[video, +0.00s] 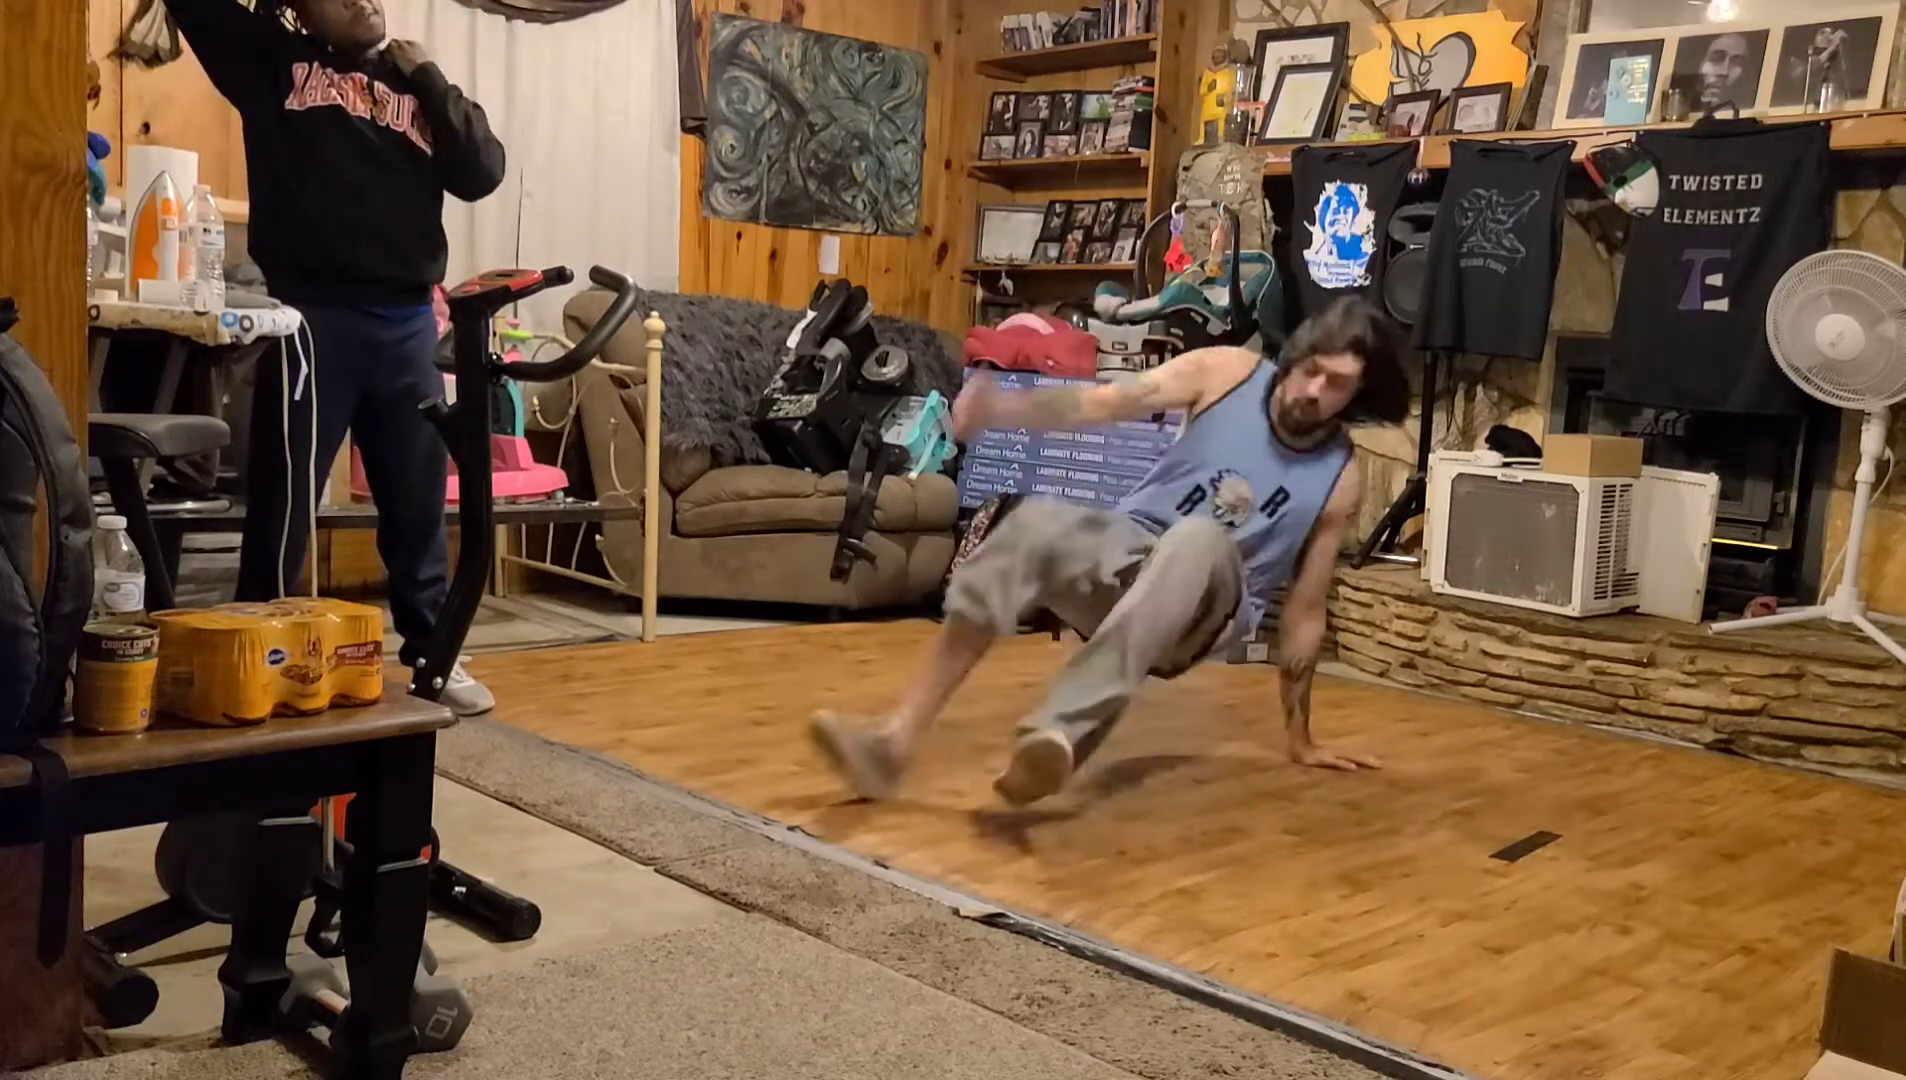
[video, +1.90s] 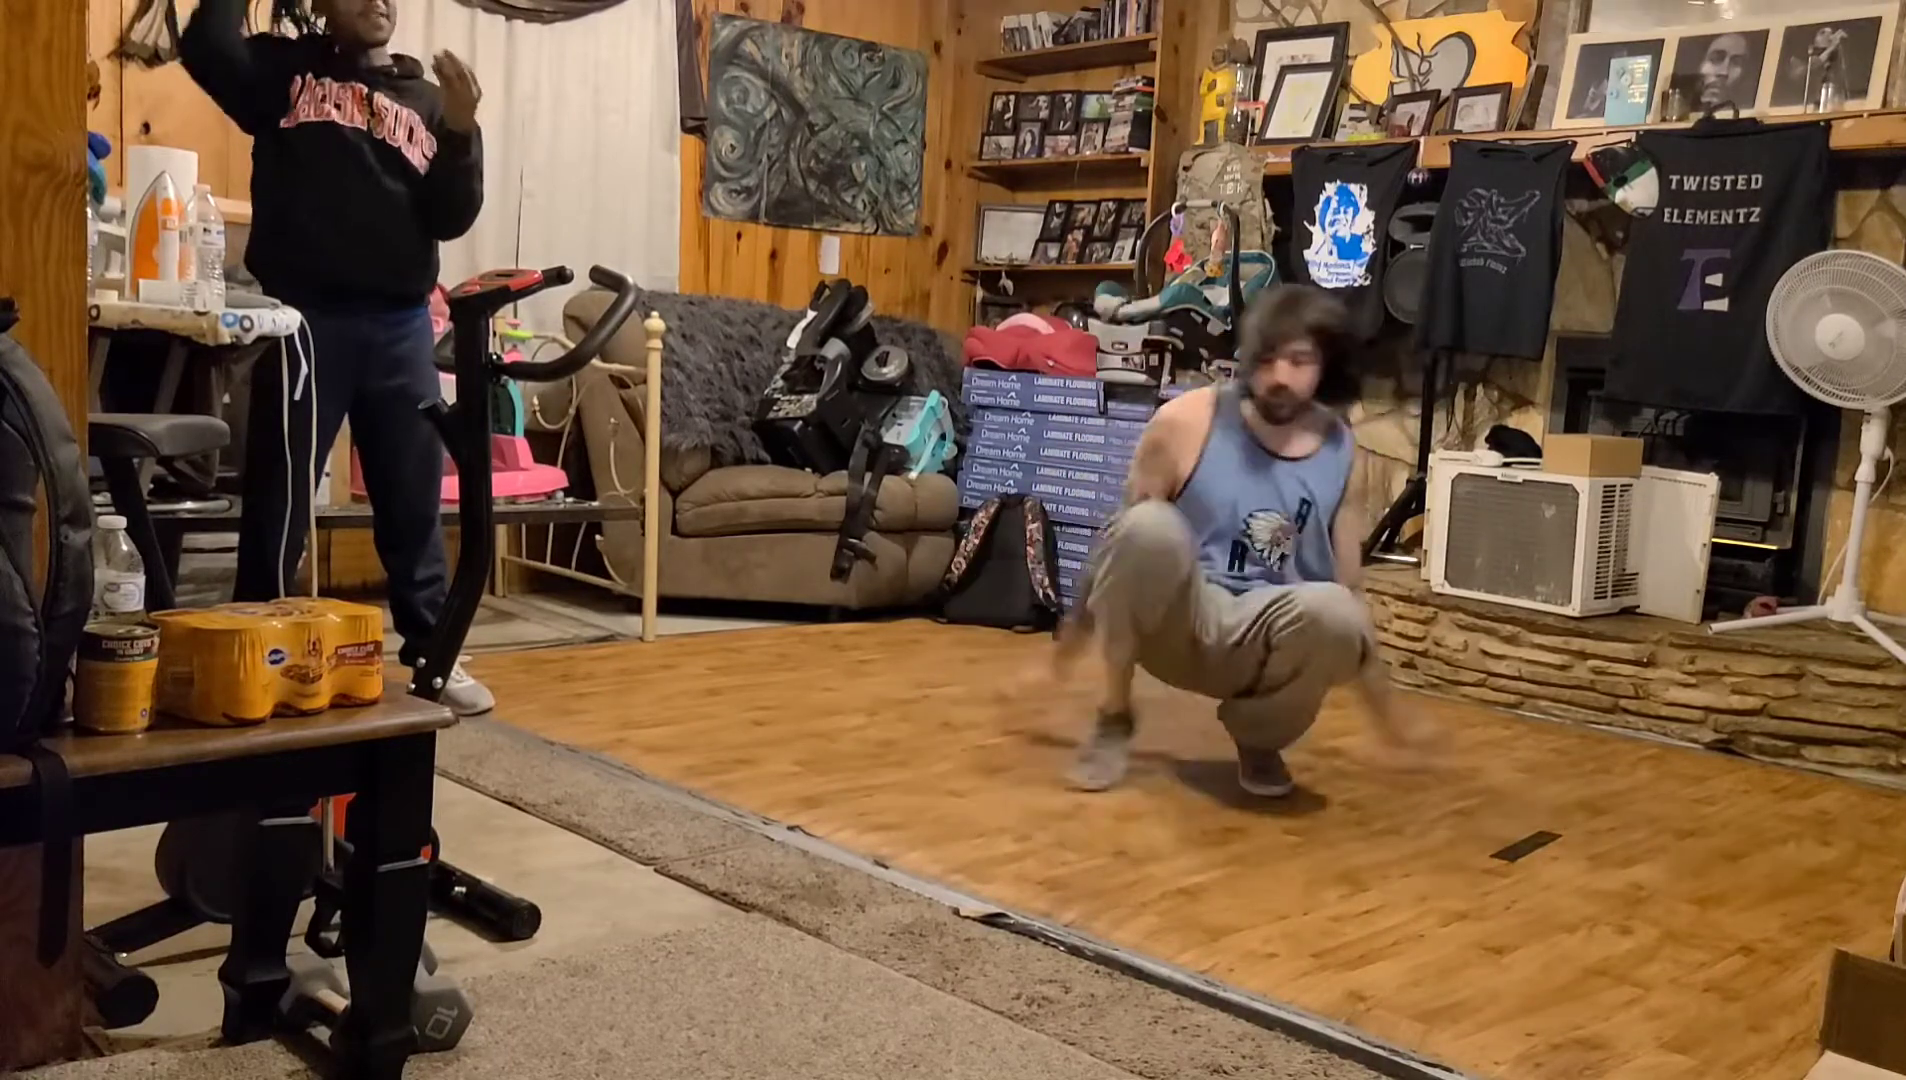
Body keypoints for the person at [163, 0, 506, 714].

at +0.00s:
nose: (366, 5)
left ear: (375, 7)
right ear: (300, 10)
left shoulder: (418, 84)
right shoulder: (270, 60)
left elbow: (481, 175)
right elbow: (191, 2)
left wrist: (429, 82)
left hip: (405, 323)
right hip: (308, 317)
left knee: (417, 502)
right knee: (284, 503)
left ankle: (434, 657)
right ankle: (259, 662)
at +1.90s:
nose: (382, 4)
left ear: (395, 10)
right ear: (323, 6)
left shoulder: (423, 97)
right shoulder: (286, 63)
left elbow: (450, 220)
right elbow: (207, 51)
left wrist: (461, 132)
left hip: (400, 324)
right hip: (300, 321)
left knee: (413, 500)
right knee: (279, 500)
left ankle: (432, 657)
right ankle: (257, 662)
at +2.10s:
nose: (396, 8)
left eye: (402, 2)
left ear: (408, 15)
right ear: (333, 1)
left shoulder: (430, 101)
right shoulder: (276, 77)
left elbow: (448, 222)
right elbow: (250, 168)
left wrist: (463, 147)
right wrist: (290, 63)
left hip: (397, 325)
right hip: (297, 324)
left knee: (414, 496)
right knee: (280, 498)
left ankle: (433, 656)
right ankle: (254, 660)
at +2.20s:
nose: (414, 10)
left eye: (417, 3)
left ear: (415, 16)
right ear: (344, 4)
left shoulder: (435, 105)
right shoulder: (290, 74)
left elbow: (448, 224)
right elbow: (247, 149)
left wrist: (474, 156)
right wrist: (326, 117)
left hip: (400, 327)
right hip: (303, 326)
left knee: (415, 498)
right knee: (280, 499)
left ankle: (432, 656)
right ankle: (253, 660)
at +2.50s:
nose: (452, 9)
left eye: (454, 1)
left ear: (443, 15)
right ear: (379, 3)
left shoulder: (462, 110)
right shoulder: (313, 78)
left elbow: (474, 227)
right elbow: (282, 182)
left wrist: (500, 159)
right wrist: (367, 139)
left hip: (423, 328)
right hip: (328, 325)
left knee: (428, 500)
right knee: (302, 496)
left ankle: (432, 657)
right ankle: (258, 656)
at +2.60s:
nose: (459, 8)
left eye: (462, 1)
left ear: (462, 14)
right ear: (394, 3)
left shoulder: (467, 105)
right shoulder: (327, 80)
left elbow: (495, 230)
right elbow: (282, 179)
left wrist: (507, 164)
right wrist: (375, 152)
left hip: (433, 330)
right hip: (337, 326)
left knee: (436, 501)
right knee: (306, 495)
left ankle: (432, 658)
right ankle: (265, 656)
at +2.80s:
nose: (484, 4)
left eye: (494, 1)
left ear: (504, 26)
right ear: (426, 5)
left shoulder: (521, 130)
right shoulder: (357, 84)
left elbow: (546, 239)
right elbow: (294, 174)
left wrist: (506, 223)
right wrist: (373, 195)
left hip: (454, 335)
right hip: (356, 326)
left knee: (445, 502)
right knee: (320, 488)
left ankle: (434, 659)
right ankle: (274, 650)